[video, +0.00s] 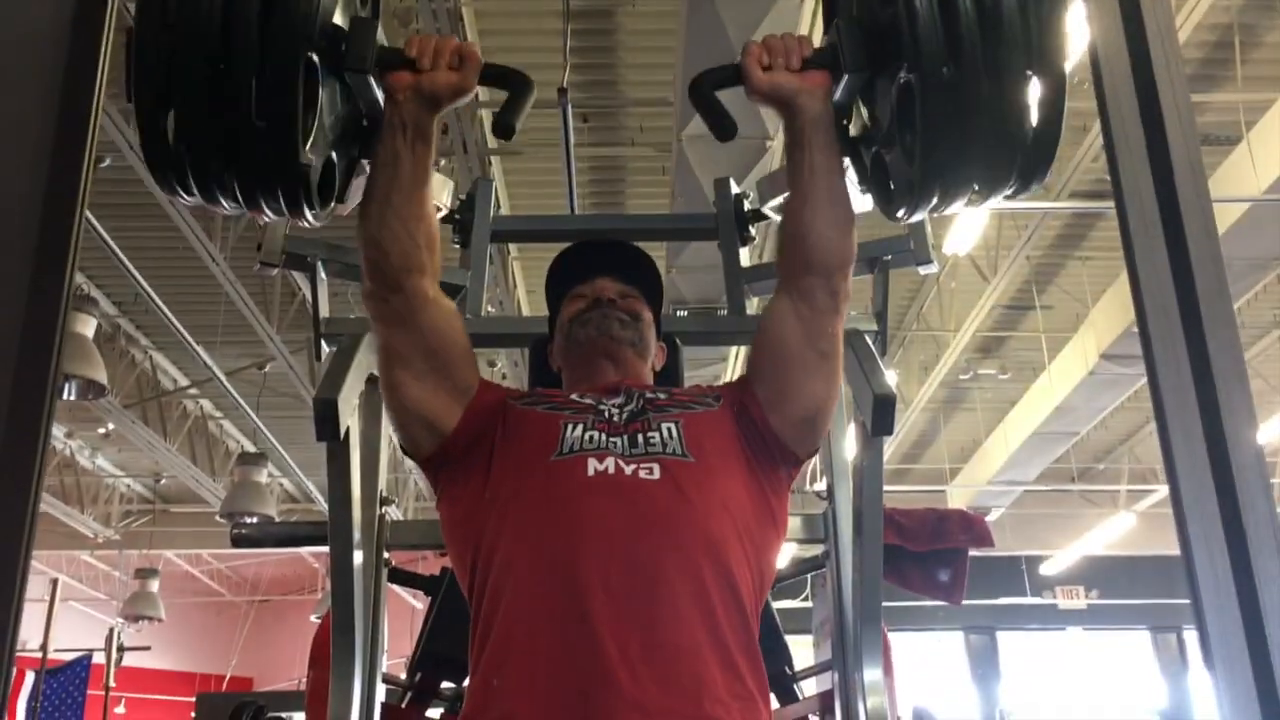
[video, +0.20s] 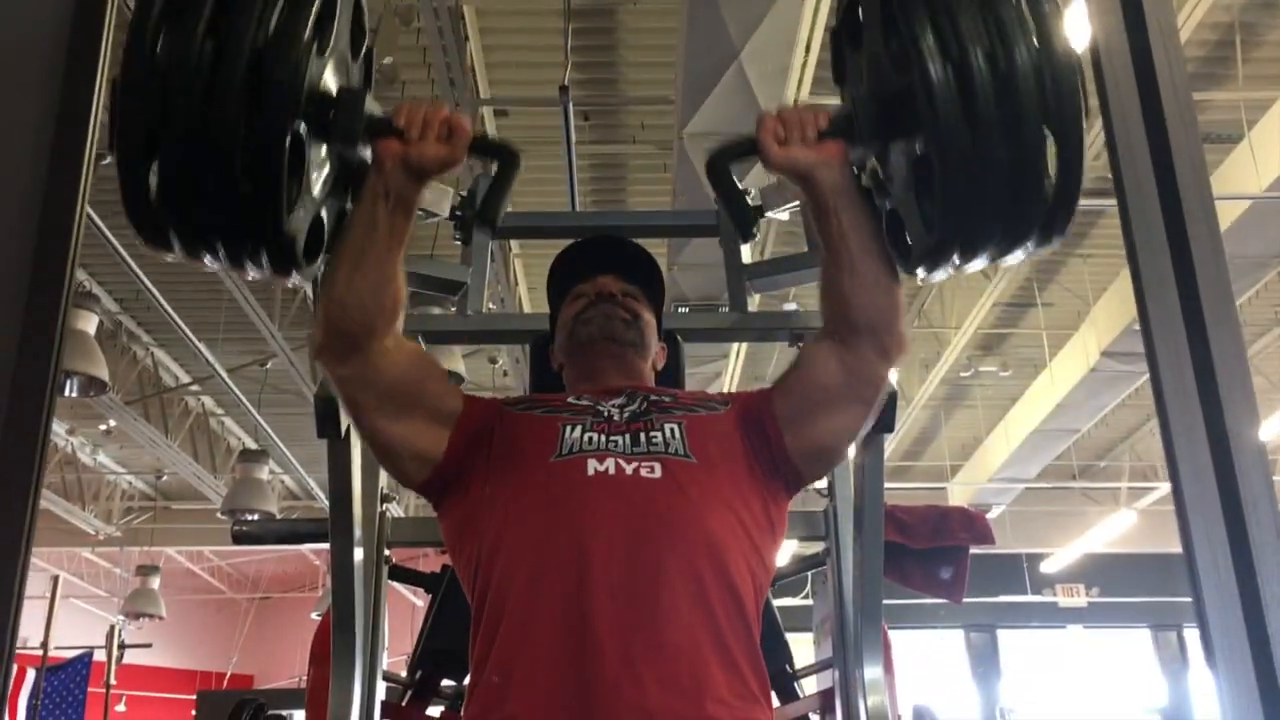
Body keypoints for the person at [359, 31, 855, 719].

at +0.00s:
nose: (606, 300)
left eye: (629, 300)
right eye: (581, 300)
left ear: (661, 351)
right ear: (551, 351)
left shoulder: (749, 429)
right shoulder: (481, 435)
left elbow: (817, 281)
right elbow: (399, 285)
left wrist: (808, 108)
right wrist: (411, 112)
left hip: (717, 706)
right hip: (513, 707)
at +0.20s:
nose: (607, 303)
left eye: (631, 301)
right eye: (582, 301)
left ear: (662, 351)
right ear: (551, 350)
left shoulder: (752, 433)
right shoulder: (478, 438)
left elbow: (866, 341)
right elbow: (354, 343)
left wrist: (828, 176)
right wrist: (395, 180)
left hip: (721, 705)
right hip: (519, 705)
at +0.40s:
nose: (608, 293)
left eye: (632, 295)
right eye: (581, 295)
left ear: (662, 351)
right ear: (551, 350)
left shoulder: (744, 438)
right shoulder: (482, 445)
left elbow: (903, 407)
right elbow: (313, 408)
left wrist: (849, 255)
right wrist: (374, 259)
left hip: (722, 706)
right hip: (526, 706)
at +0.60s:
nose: (611, 298)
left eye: (634, 298)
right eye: (584, 297)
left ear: (666, 350)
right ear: (552, 351)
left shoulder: (738, 441)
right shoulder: (489, 450)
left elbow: (917, 466)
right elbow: (301, 472)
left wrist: (863, 329)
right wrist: (358, 329)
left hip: (724, 705)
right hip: (525, 705)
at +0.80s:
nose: (609, 294)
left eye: (634, 293)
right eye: (584, 295)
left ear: (667, 346)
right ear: (554, 351)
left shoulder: (745, 445)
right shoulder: (486, 453)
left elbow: (922, 503)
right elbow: (297, 516)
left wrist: (877, 377)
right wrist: (346, 377)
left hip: (724, 702)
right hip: (525, 704)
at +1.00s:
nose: (611, 293)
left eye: (635, 293)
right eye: (586, 294)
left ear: (667, 347)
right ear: (555, 350)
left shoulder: (747, 448)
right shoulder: (488, 455)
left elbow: (919, 520)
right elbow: (304, 539)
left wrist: (882, 400)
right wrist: (341, 404)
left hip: (725, 704)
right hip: (526, 706)